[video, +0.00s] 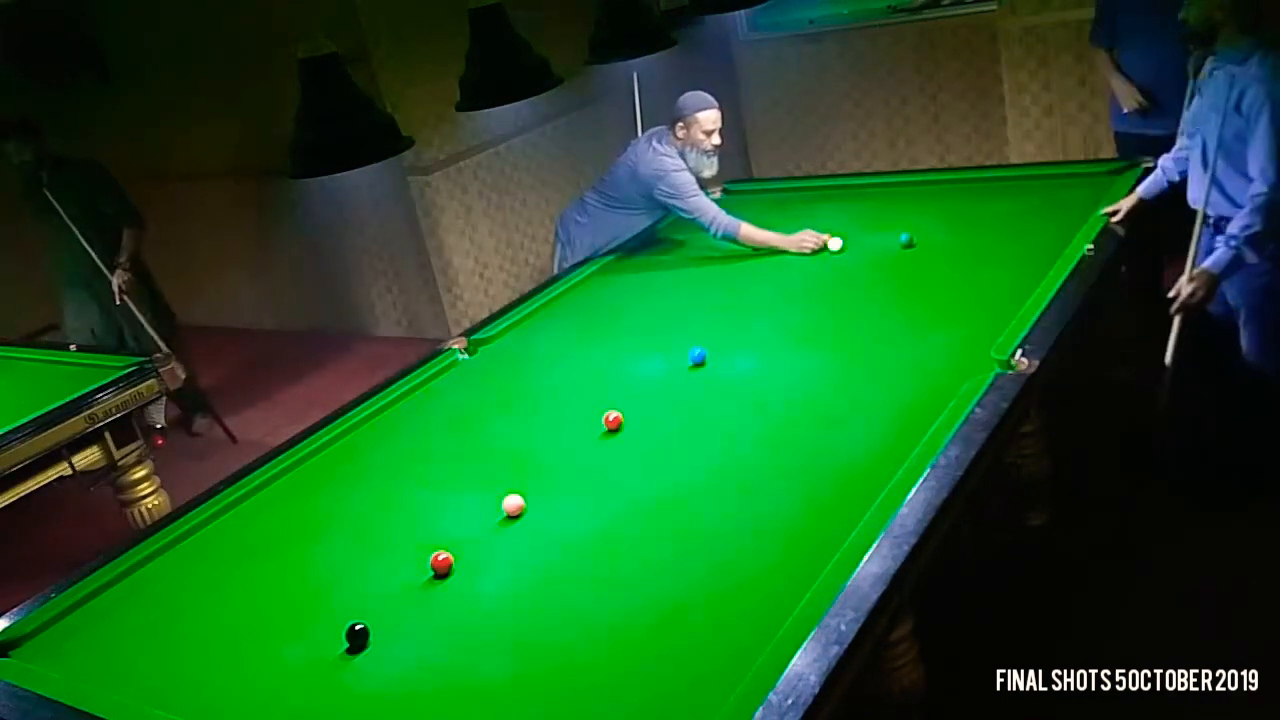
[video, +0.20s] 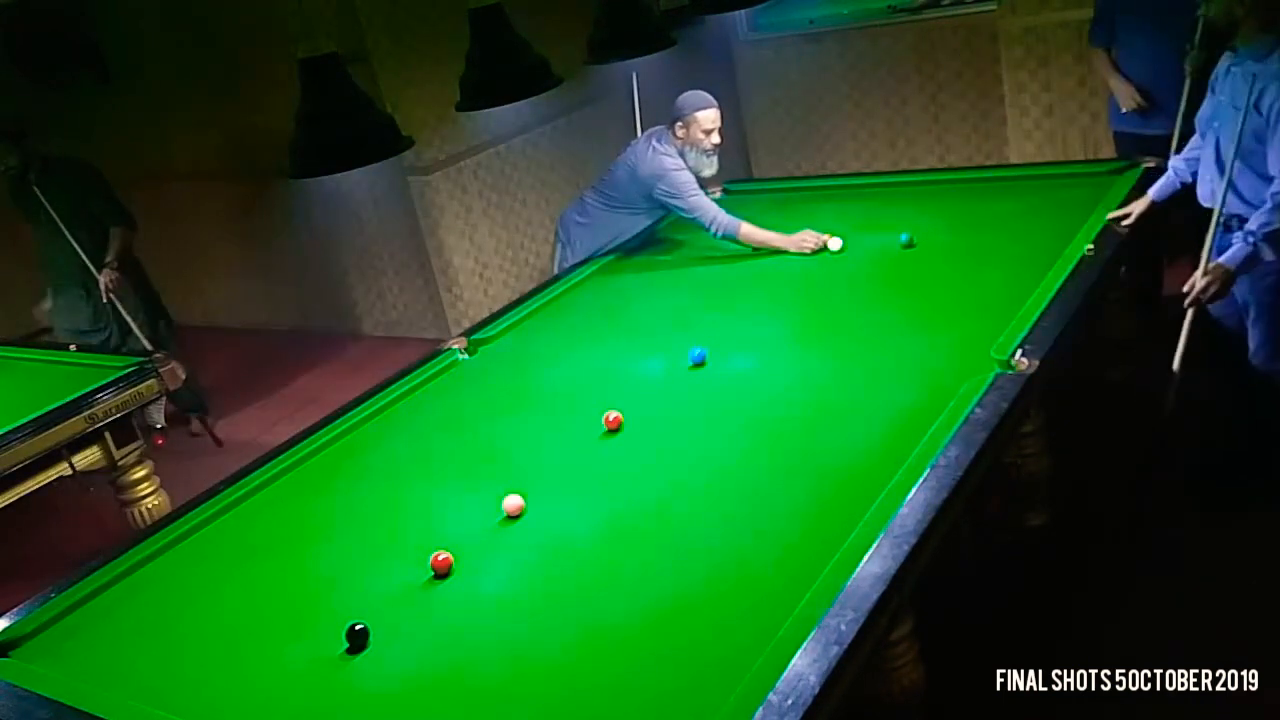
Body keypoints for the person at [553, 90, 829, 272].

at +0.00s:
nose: (716, 141)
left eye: (718, 132)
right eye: (708, 133)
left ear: (684, 129)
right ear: (680, 131)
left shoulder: (668, 137)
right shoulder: (663, 166)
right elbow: (718, 223)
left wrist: (699, 183)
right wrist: (786, 241)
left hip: (625, 232)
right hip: (586, 240)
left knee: (616, 311)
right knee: (578, 318)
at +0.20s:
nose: (716, 141)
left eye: (718, 131)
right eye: (707, 133)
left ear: (684, 130)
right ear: (680, 131)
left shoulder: (670, 136)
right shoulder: (664, 166)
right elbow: (718, 222)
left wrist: (704, 182)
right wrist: (788, 241)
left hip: (626, 231)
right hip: (586, 239)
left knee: (615, 310)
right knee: (578, 317)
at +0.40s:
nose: (715, 140)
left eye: (718, 130)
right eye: (707, 132)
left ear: (683, 129)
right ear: (679, 130)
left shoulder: (669, 136)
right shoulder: (663, 165)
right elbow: (715, 224)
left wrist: (703, 181)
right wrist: (783, 242)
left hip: (626, 232)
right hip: (585, 240)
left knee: (616, 310)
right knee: (578, 317)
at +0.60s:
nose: (709, 130)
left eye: (710, 121)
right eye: (699, 123)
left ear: (674, 121)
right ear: (672, 123)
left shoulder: (663, 136)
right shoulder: (658, 158)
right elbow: (689, 227)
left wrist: (697, 192)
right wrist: (753, 247)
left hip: (621, 231)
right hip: (587, 238)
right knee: (576, 317)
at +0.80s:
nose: (679, 106)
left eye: (680, 96)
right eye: (668, 98)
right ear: (642, 99)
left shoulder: (645, 129)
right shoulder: (629, 136)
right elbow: (620, 211)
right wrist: (668, 255)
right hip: (587, 237)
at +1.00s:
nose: (634, 87)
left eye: (635, 78)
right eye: (622, 80)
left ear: (638, 77)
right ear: (598, 83)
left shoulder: (627, 120)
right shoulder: (580, 128)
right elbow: (551, 196)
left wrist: (631, 190)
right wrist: (572, 250)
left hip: (611, 236)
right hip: (578, 245)